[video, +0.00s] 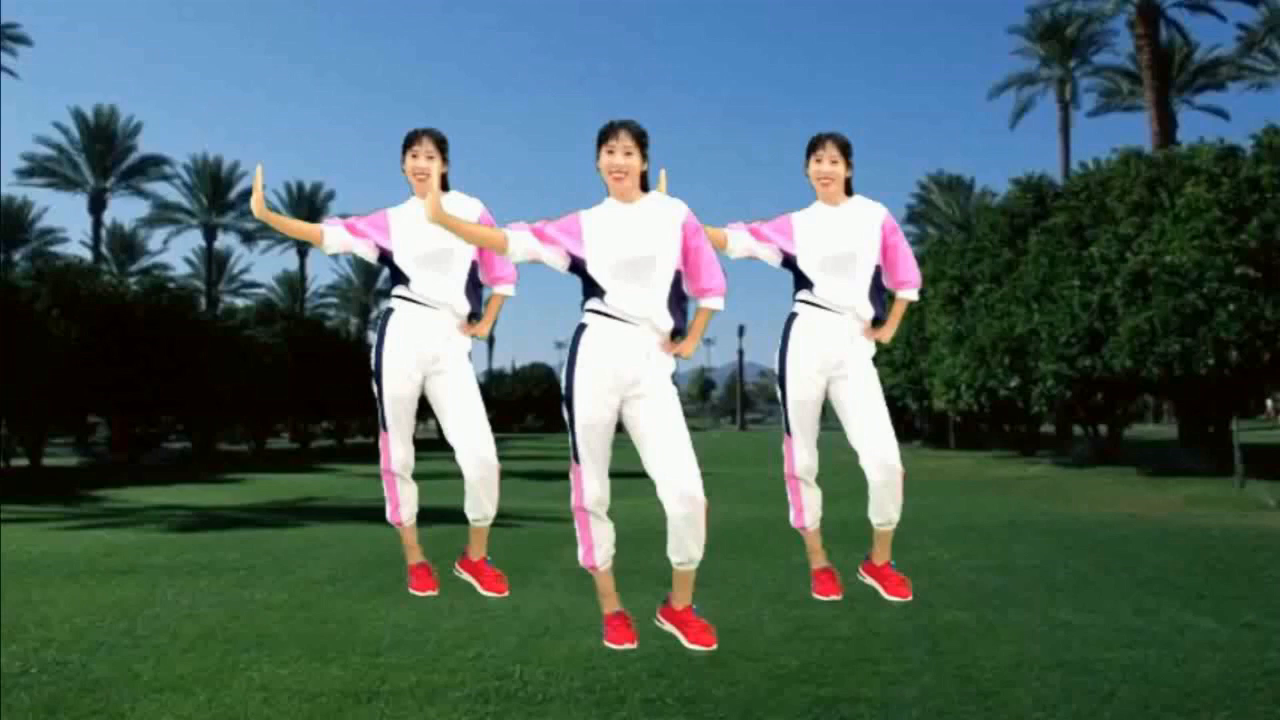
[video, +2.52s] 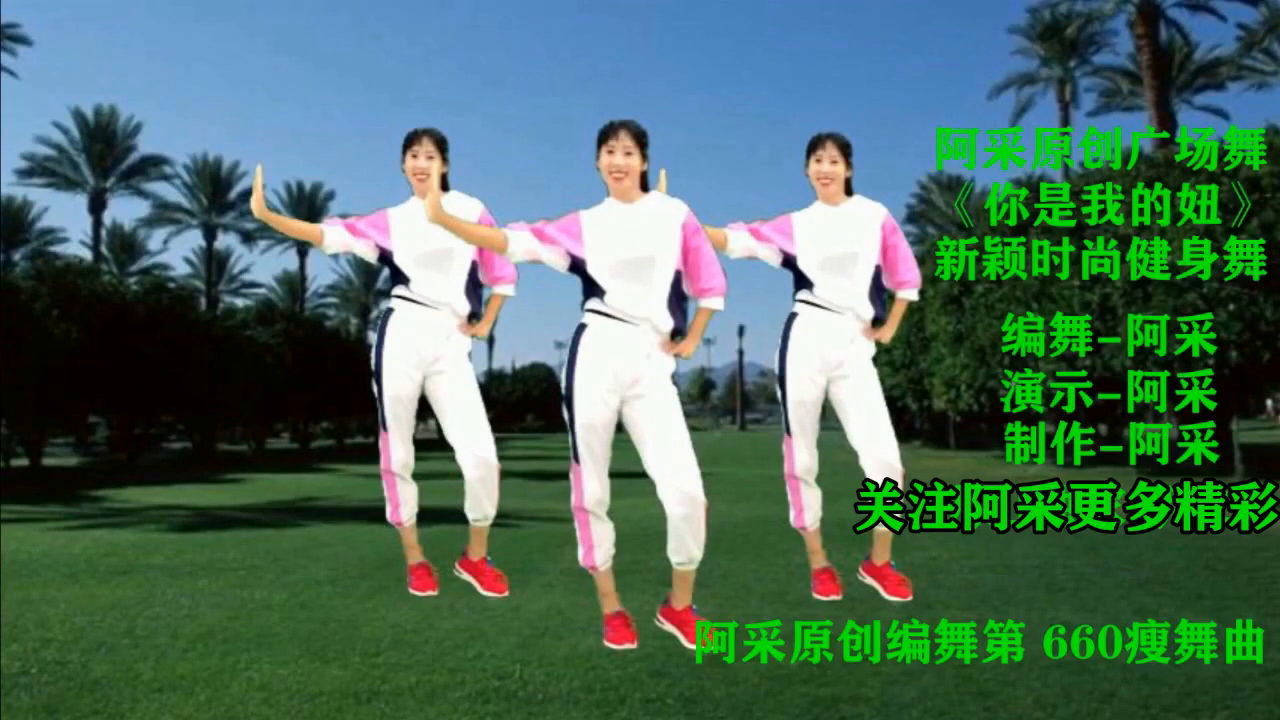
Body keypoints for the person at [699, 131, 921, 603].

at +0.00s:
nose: (826, 169)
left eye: (834, 162)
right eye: (818, 162)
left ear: (848, 169)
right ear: (807, 171)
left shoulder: (876, 217)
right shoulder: (797, 224)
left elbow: (908, 277)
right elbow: (735, 238)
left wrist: (888, 329)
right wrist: (682, 224)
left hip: (856, 341)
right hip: (807, 336)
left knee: (885, 461)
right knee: (802, 458)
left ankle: (879, 562)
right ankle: (819, 565)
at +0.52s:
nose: (825, 168)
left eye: (833, 161)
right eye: (818, 161)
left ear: (848, 169)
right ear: (807, 170)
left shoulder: (876, 217)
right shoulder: (797, 223)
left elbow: (908, 277)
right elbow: (734, 238)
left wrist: (889, 328)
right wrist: (682, 224)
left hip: (856, 340)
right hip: (807, 336)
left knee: (885, 461)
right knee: (802, 459)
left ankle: (879, 562)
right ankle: (819, 566)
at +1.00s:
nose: (825, 168)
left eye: (833, 161)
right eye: (818, 161)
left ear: (848, 169)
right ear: (807, 170)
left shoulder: (876, 217)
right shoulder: (797, 223)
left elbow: (908, 277)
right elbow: (734, 238)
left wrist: (889, 328)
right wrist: (682, 224)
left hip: (856, 341)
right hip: (807, 336)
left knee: (885, 461)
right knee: (802, 459)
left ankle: (879, 562)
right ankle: (819, 565)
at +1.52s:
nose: (825, 168)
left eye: (833, 161)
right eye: (818, 161)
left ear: (848, 169)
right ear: (807, 170)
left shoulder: (875, 217)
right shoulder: (797, 223)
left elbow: (907, 277)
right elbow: (734, 238)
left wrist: (888, 329)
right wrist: (682, 224)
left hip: (855, 340)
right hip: (807, 336)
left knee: (885, 459)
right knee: (802, 458)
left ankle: (879, 562)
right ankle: (819, 565)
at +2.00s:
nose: (825, 168)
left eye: (833, 161)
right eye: (818, 161)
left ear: (848, 169)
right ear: (807, 170)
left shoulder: (875, 217)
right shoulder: (797, 223)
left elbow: (907, 276)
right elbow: (734, 238)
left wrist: (888, 329)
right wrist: (682, 224)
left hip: (855, 340)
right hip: (807, 336)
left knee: (886, 459)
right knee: (802, 458)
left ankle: (879, 562)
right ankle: (819, 565)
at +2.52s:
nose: (825, 168)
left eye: (833, 161)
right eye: (818, 161)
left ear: (848, 169)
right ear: (807, 171)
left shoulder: (876, 217)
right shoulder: (797, 223)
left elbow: (907, 277)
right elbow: (734, 238)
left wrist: (888, 329)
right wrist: (682, 224)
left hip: (855, 340)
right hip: (806, 335)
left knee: (885, 458)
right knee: (802, 458)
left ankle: (879, 562)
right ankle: (819, 565)